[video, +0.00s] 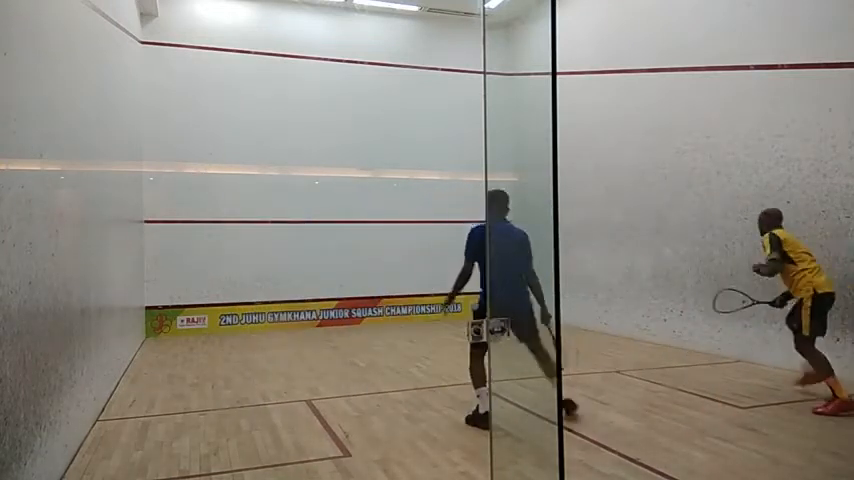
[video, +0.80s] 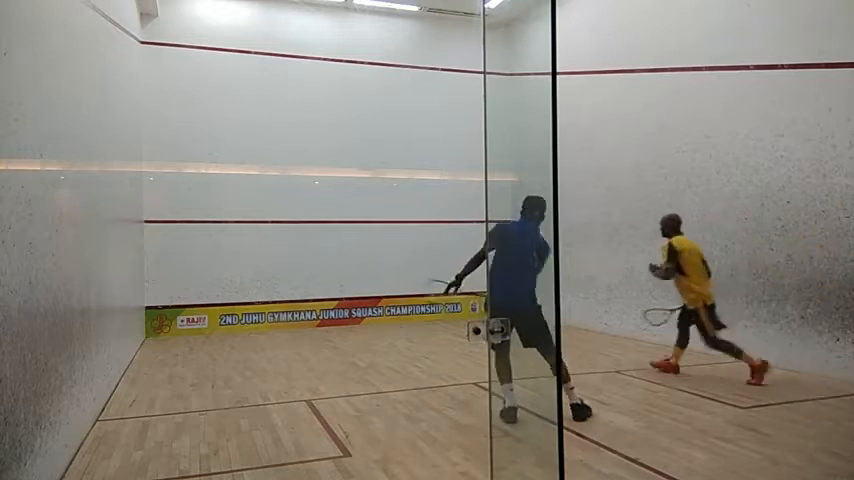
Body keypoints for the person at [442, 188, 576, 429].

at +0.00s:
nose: (504, 210)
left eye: (496, 206)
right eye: (504, 206)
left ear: (487, 207)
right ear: (506, 208)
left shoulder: (477, 233)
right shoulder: (520, 235)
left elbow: (468, 269)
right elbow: (530, 275)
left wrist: (452, 294)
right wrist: (543, 306)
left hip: (490, 305)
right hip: (519, 305)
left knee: (476, 355)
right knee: (537, 348)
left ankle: (483, 411)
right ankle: (563, 398)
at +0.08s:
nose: (519, 217)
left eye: (510, 212)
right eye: (521, 213)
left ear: (503, 214)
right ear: (524, 215)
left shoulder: (490, 239)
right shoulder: (534, 241)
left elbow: (482, 276)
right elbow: (546, 280)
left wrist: (474, 309)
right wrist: (560, 311)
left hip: (501, 309)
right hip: (532, 310)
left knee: (485, 357)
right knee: (560, 356)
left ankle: (484, 409)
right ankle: (580, 404)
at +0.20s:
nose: (542, 218)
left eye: (541, 214)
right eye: (541, 214)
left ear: (520, 213)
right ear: (538, 214)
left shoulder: (502, 237)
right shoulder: (546, 241)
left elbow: (494, 273)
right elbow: (560, 279)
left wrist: (493, 304)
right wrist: (579, 309)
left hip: (506, 307)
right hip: (538, 308)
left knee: (499, 354)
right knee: (563, 351)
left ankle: (491, 406)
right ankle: (581, 404)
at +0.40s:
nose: (557, 216)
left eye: (556, 211)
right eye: (557, 212)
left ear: (537, 209)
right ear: (556, 212)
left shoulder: (515, 229)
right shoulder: (554, 237)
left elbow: (491, 254)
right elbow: (565, 272)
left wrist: (480, 282)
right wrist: (604, 283)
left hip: (509, 303)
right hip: (539, 305)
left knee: (509, 349)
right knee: (560, 351)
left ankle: (507, 404)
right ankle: (580, 404)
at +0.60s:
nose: (555, 224)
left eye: (555, 219)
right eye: (555, 219)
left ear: (536, 214)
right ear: (554, 218)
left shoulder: (512, 230)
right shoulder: (552, 248)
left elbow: (484, 255)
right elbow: (563, 285)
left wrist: (463, 279)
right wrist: (593, 296)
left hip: (499, 304)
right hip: (529, 306)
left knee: (509, 352)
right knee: (554, 354)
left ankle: (510, 407)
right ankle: (579, 404)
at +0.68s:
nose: (548, 227)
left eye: (547, 223)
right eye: (548, 223)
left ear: (529, 215)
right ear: (548, 221)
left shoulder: (508, 230)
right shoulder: (545, 246)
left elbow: (483, 255)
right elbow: (550, 278)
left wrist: (462, 280)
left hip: (498, 302)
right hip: (526, 304)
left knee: (503, 352)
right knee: (551, 353)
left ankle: (510, 406)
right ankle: (578, 402)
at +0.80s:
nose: (541, 217)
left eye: (537, 213)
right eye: (542, 214)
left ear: (522, 210)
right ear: (541, 215)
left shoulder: (502, 229)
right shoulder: (543, 246)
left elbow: (481, 255)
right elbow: (533, 272)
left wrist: (459, 278)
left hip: (498, 302)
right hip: (525, 304)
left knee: (501, 352)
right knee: (550, 352)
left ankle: (510, 405)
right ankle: (575, 401)